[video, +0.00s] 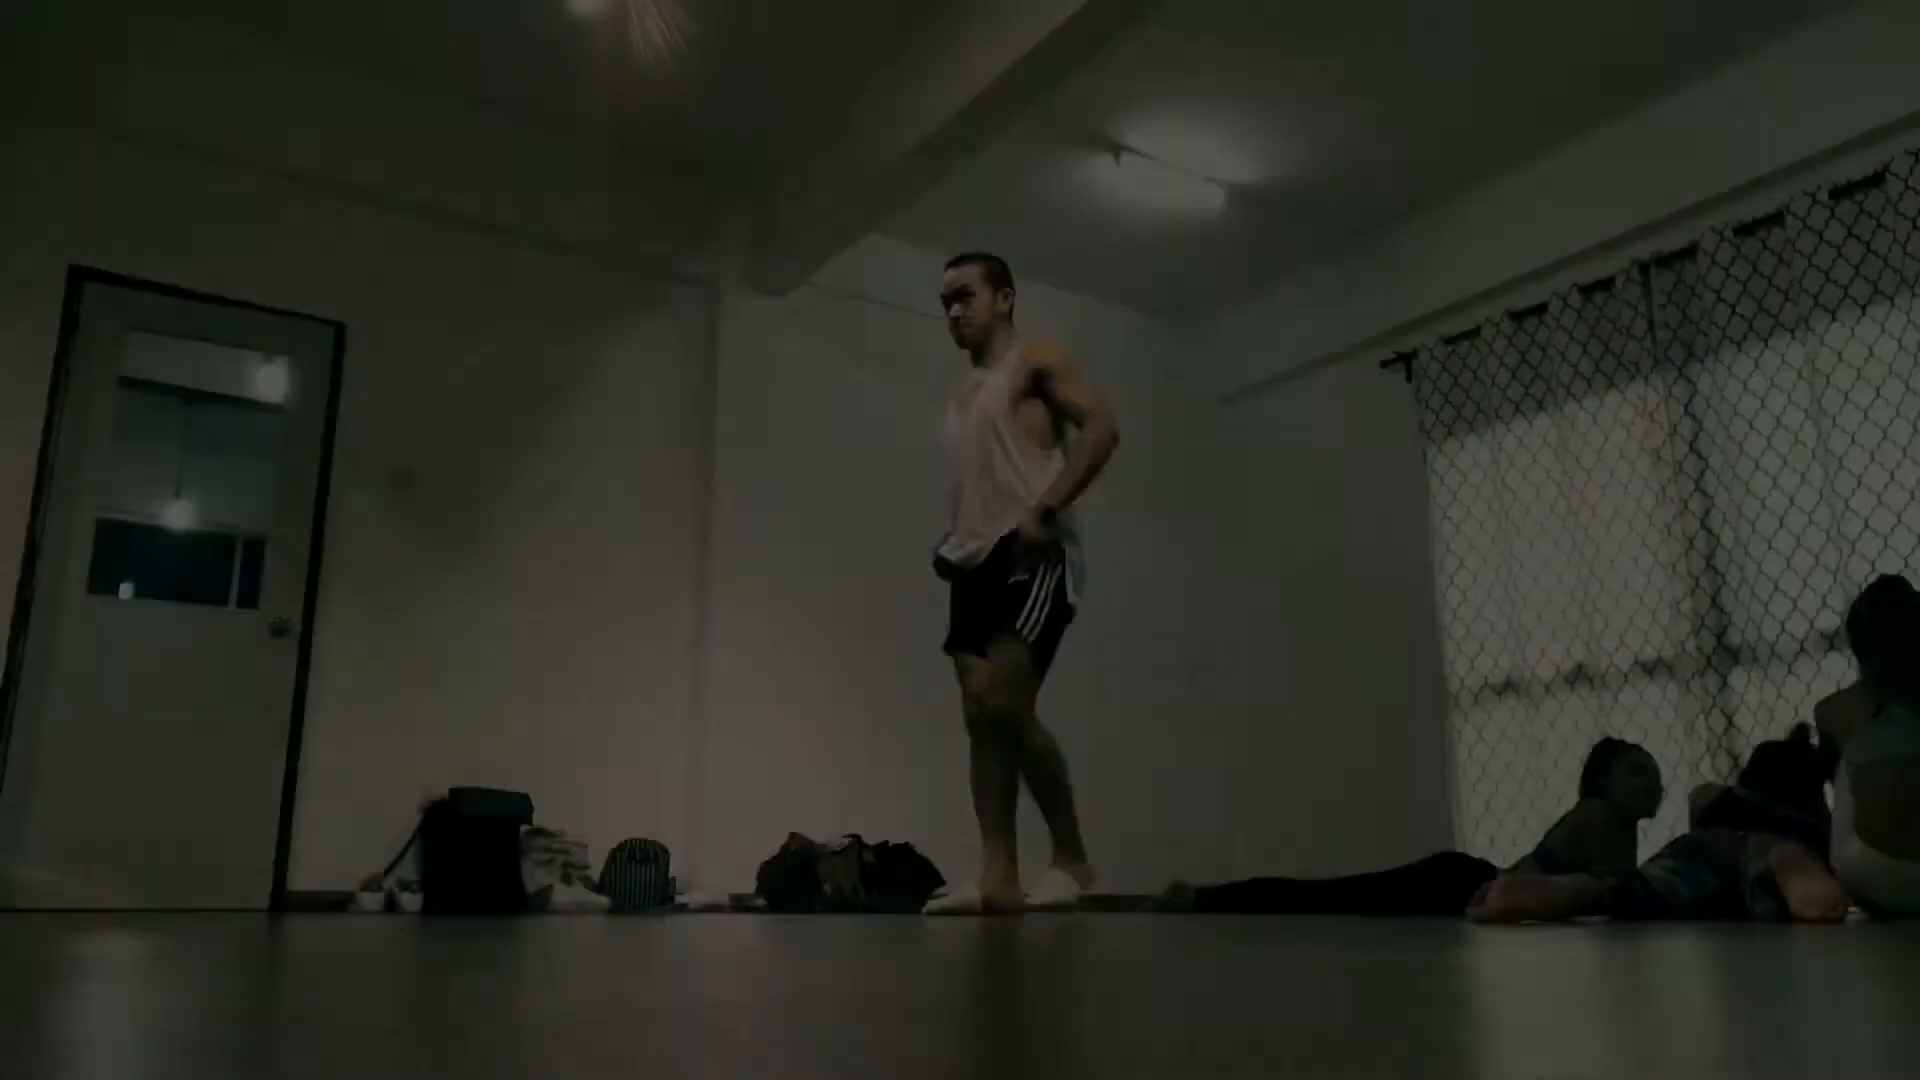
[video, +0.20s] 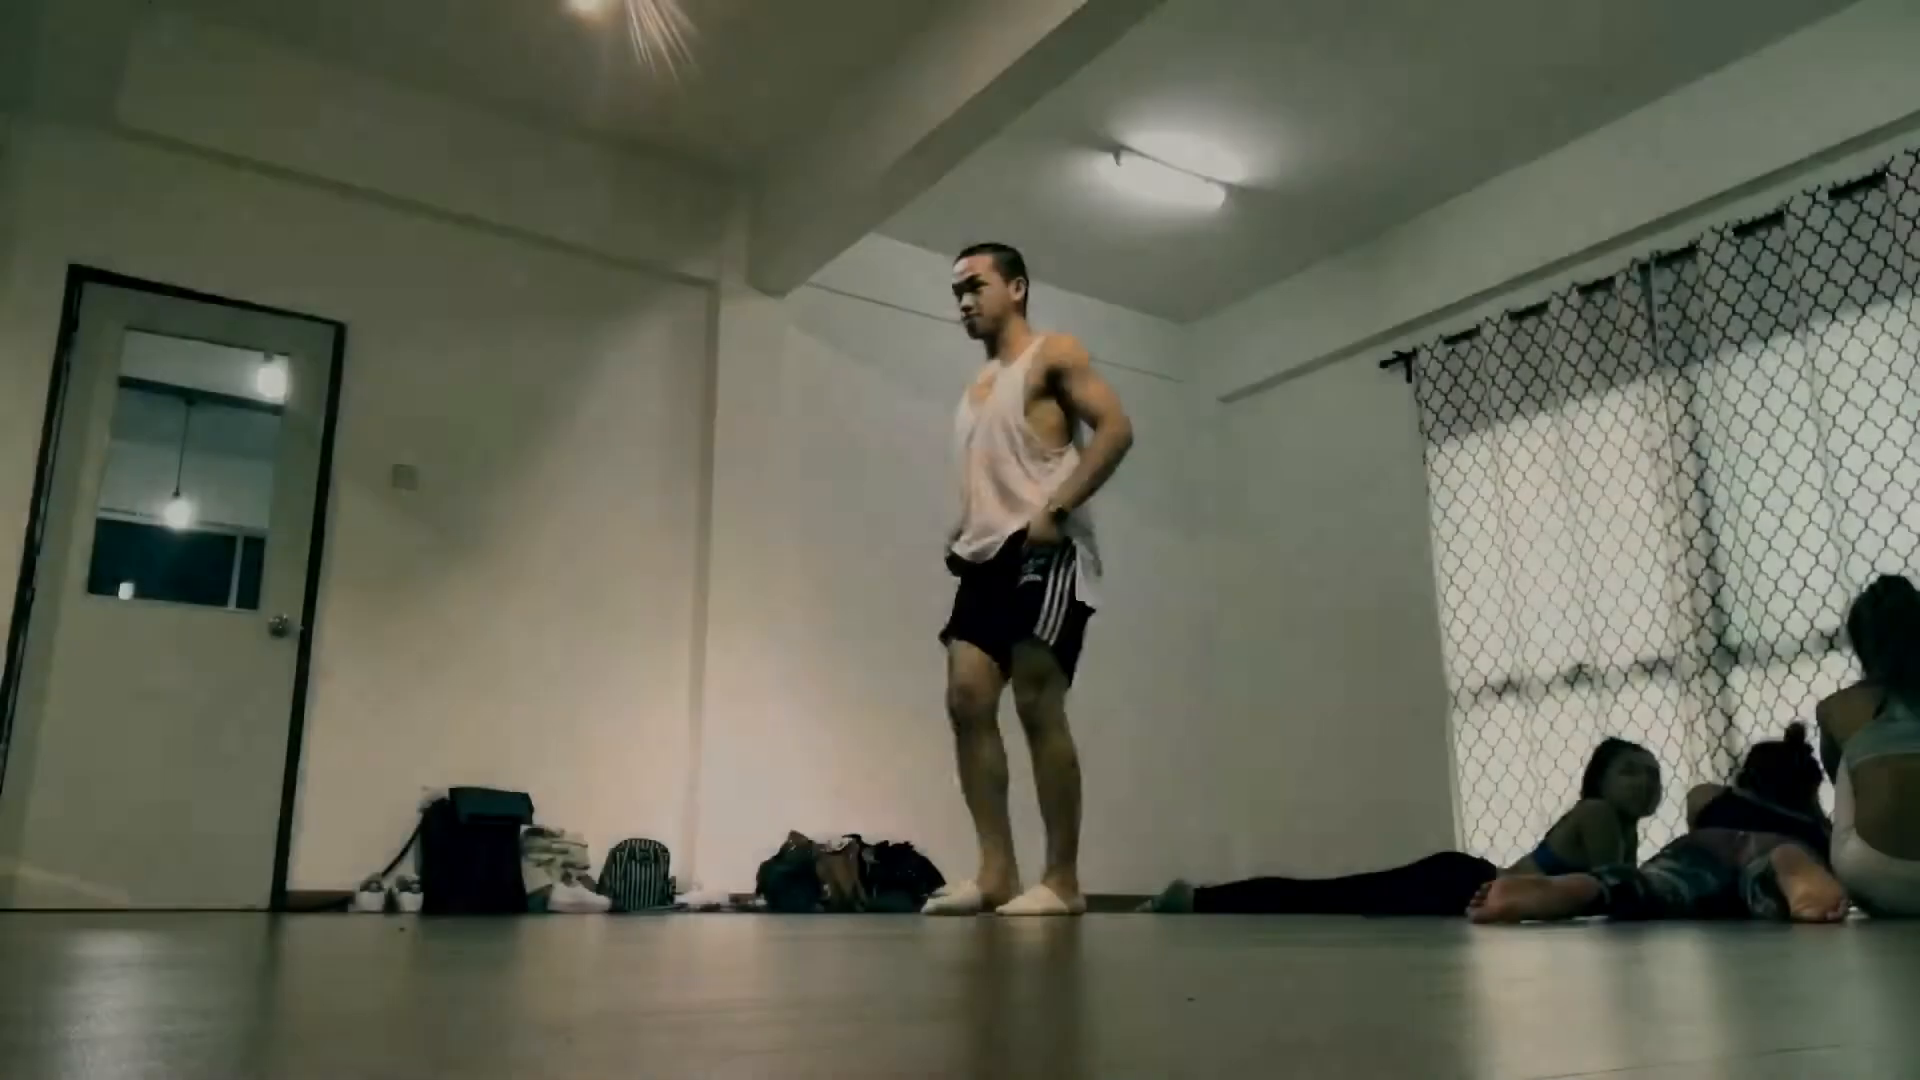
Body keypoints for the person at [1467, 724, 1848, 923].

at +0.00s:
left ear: (1750, 775)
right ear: (1812, 784)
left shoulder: (1714, 796)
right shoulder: (1811, 822)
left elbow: (1700, 807)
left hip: (1709, 846)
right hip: (1784, 847)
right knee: (1795, 873)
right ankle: (1815, 895)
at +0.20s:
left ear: (1746, 778)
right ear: (1810, 788)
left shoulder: (1709, 796)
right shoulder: (1816, 827)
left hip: (1712, 844)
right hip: (1786, 847)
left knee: (1649, 881)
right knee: (1785, 869)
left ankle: (1551, 890)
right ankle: (1806, 880)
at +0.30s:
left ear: (1747, 778)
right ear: (1812, 792)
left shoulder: (1708, 796)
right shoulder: (1815, 826)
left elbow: (1707, 837)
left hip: (1710, 846)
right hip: (1787, 845)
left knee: (1656, 881)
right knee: (1776, 873)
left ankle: (1563, 888)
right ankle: (1799, 875)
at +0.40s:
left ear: (1751, 777)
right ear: (1813, 789)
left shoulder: (1709, 796)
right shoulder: (1815, 823)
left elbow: (1698, 837)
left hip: (1711, 842)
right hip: (1786, 841)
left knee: (1655, 880)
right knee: (1778, 872)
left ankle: (1562, 888)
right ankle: (1801, 877)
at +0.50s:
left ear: (1758, 787)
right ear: (1817, 796)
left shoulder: (1719, 803)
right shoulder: (1816, 826)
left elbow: (1702, 795)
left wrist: (1698, 844)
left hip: (1715, 837)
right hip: (1787, 844)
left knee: (1654, 879)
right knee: (1779, 873)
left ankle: (1564, 887)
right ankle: (1800, 874)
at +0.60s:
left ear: (1764, 786)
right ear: (1815, 795)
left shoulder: (1725, 802)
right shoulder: (1814, 827)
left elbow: (1704, 794)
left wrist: (1696, 841)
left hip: (1714, 838)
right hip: (1786, 844)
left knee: (1652, 880)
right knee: (1778, 874)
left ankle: (1560, 888)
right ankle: (1800, 876)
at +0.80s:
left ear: (1771, 790)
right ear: (1819, 799)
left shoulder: (1734, 804)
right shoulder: (1818, 827)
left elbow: (1707, 791)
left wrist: (1698, 843)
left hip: (1717, 837)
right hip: (1786, 844)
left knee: (1658, 879)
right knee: (1775, 877)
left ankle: (1562, 887)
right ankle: (1797, 872)